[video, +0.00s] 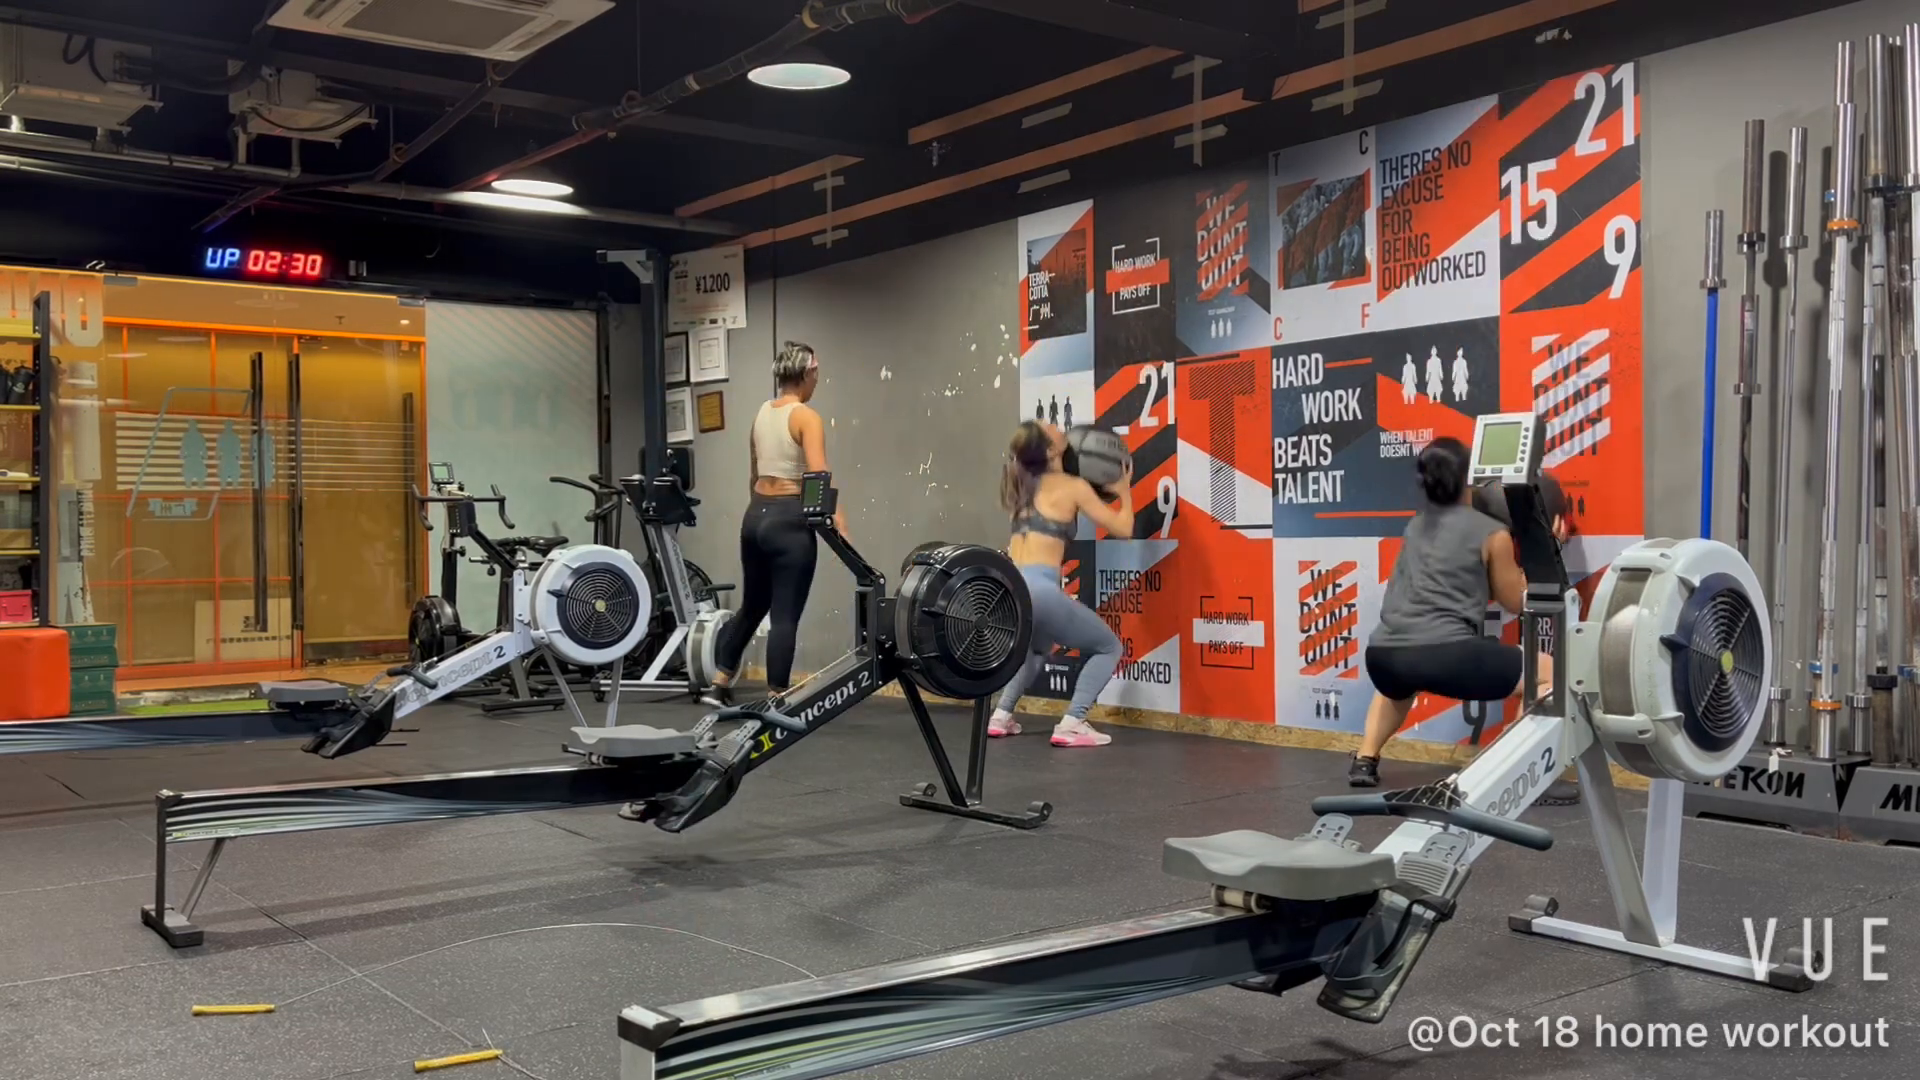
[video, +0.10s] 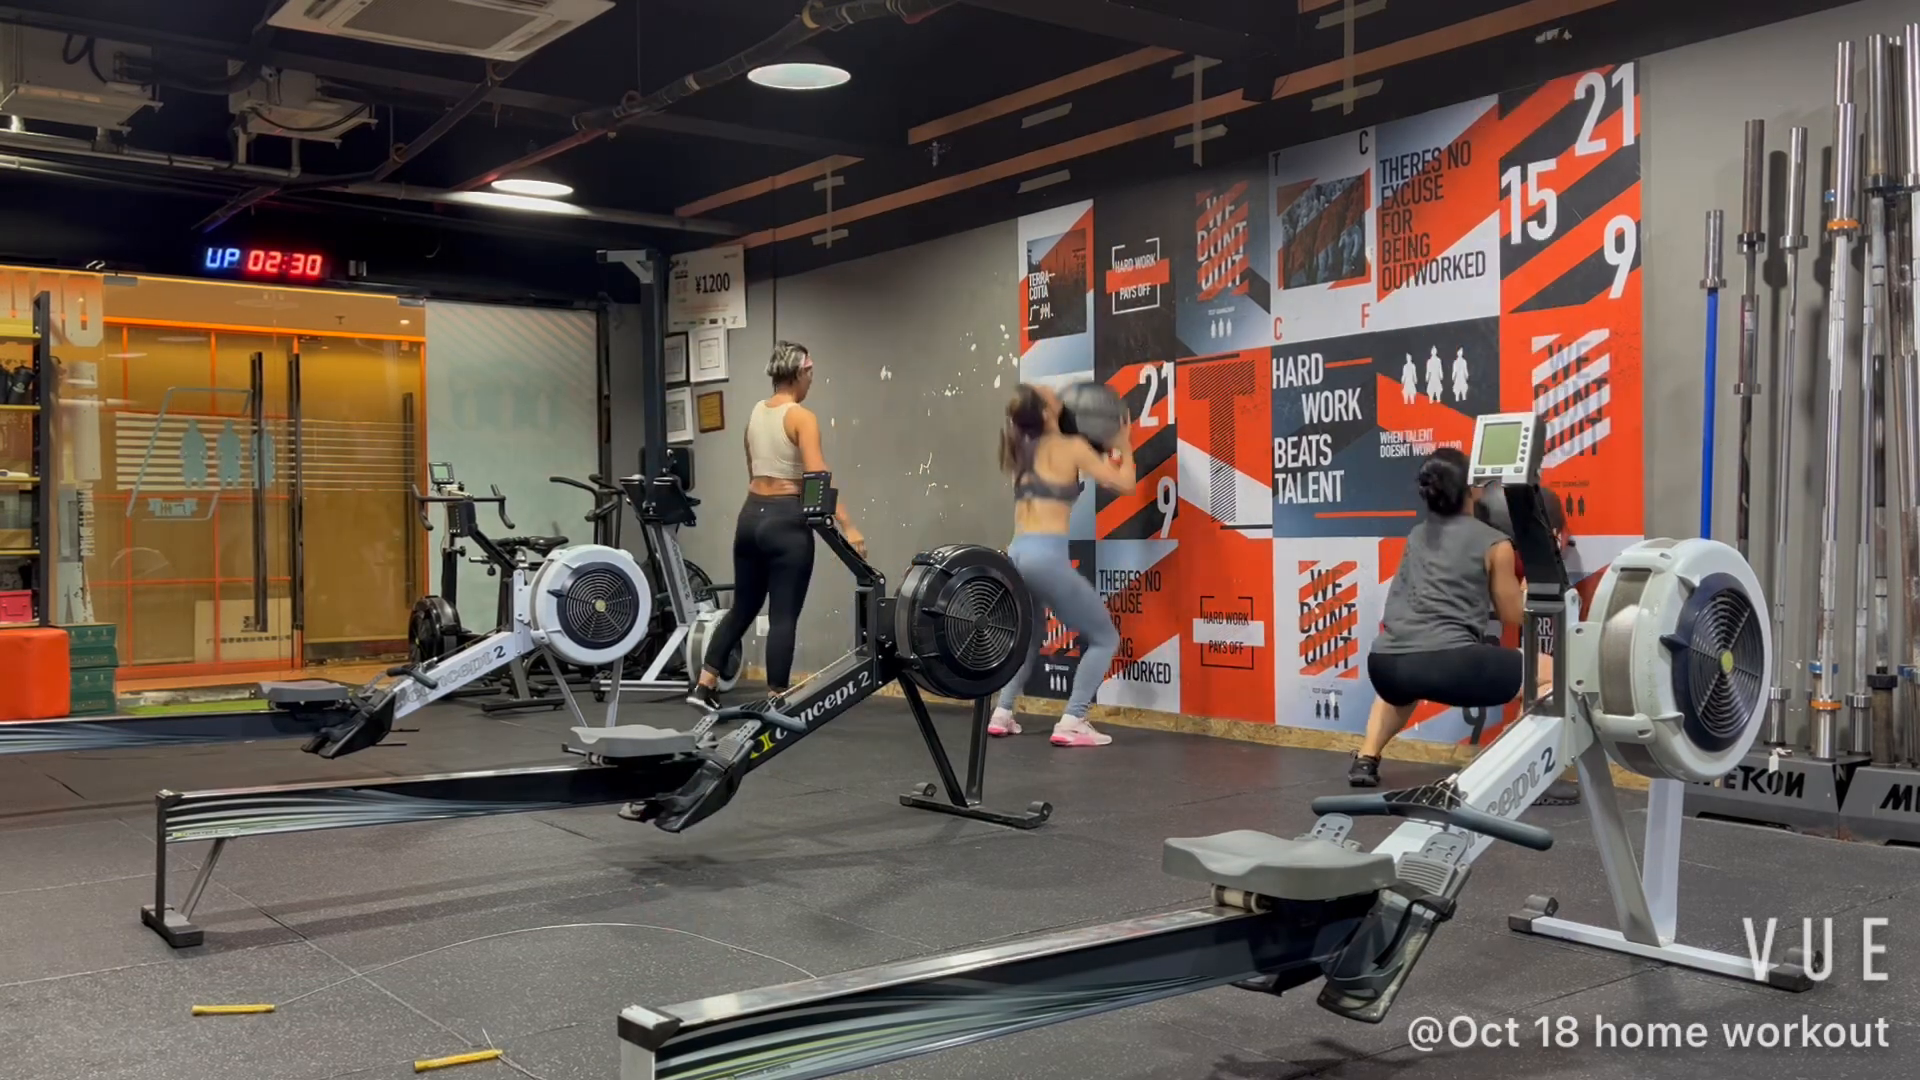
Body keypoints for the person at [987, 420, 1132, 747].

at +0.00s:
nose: (1057, 425)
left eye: (1050, 423)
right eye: (1051, 428)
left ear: (1030, 456)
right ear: (1050, 451)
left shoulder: (1025, 484)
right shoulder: (1073, 485)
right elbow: (1124, 527)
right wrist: (1125, 492)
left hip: (1007, 583)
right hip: (1040, 588)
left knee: (1038, 647)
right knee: (1109, 647)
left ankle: (1001, 715)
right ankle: (1072, 723)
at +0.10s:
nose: (1057, 398)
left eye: (1051, 394)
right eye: (1051, 397)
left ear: (1028, 419)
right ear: (1047, 413)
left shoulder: (1025, 449)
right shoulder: (1071, 446)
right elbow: (1126, 483)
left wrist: (1105, 455)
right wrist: (1124, 444)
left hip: (1016, 554)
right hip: (1047, 558)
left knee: (1028, 638)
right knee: (1105, 637)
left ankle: (1002, 712)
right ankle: (1072, 721)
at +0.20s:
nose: (1047, 355)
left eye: (1041, 352)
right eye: (1041, 355)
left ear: (1019, 380)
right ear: (1040, 373)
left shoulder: (1023, 410)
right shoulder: (1068, 404)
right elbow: (1130, 413)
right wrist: (1126, 372)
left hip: (1029, 513)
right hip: (1060, 515)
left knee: (1023, 612)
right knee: (1090, 614)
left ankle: (1004, 694)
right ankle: (1077, 708)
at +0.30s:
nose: (1046, 344)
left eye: (1042, 341)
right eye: (1041, 345)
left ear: (1018, 364)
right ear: (1038, 359)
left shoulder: (1020, 390)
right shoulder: (1067, 382)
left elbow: (1045, 338)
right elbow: (1118, 351)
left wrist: (1062, 297)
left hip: (1033, 498)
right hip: (1068, 497)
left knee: (1024, 600)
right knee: (1080, 602)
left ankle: (1007, 684)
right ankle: (1084, 696)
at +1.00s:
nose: (1052, 373)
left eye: (1049, 370)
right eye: (1047, 370)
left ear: (1019, 388)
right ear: (1039, 382)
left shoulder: (1019, 420)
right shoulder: (1062, 412)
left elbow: (1050, 401)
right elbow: (1125, 394)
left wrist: (1075, 374)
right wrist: (1152, 351)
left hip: (1033, 526)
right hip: (1066, 525)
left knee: (1024, 624)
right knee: (1072, 628)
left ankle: (1005, 713)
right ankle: (1072, 722)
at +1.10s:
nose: (1055, 371)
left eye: (1051, 367)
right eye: (1050, 368)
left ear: (1022, 386)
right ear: (1042, 381)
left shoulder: (1023, 420)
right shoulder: (1062, 413)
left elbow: (1061, 407)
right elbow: (1128, 397)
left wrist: (1085, 374)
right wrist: (1152, 351)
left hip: (1027, 528)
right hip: (1059, 527)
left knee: (1023, 624)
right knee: (1077, 627)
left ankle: (1005, 713)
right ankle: (1072, 723)